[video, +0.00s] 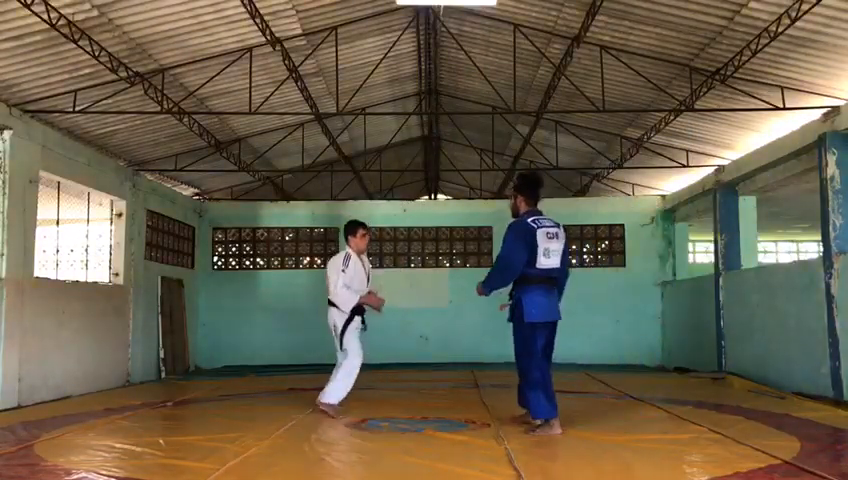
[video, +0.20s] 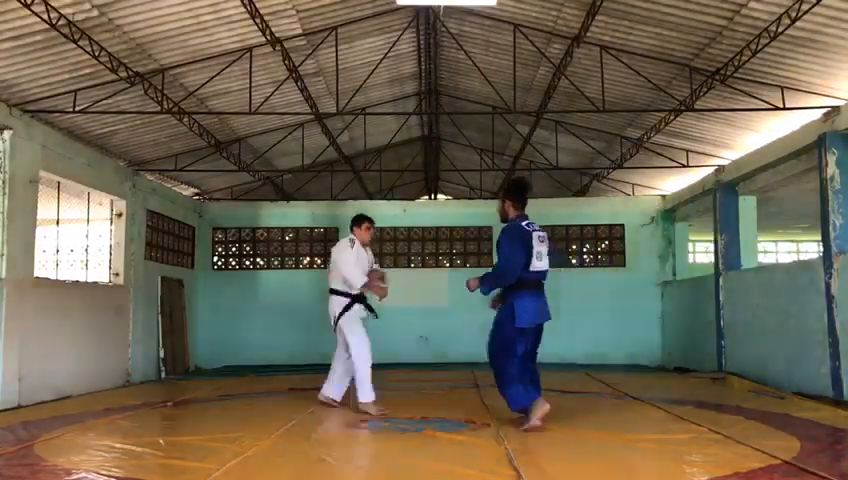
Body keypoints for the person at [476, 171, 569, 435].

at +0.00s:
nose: (512, 202)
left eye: (513, 197)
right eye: (513, 197)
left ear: (520, 199)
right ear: (536, 199)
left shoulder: (519, 227)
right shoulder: (556, 228)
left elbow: (510, 264)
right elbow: (562, 269)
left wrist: (486, 285)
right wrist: (553, 297)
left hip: (528, 300)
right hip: (550, 299)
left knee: (529, 360)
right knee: (542, 358)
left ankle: (549, 420)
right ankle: (537, 411)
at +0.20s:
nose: (499, 206)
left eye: (501, 202)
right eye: (500, 202)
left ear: (508, 203)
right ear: (522, 204)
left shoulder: (511, 232)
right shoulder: (536, 231)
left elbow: (508, 270)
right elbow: (533, 274)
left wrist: (480, 282)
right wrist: (505, 295)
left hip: (517, 305)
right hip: (536, 304)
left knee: (500, 354)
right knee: (526, 356)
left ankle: (533, 402)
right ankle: (529, 410)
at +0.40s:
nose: (487, 206)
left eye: (488, 201)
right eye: (488, 201)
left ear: (496, 203)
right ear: (507, 203)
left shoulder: (506, 229)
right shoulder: (518, 227)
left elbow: (505, 268)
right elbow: (498, 262)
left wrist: (477, 281)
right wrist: (468, 264)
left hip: (507, 301)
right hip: (522, 298)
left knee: (491, 354)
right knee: (519, 355)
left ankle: (497, 414)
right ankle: (530, 411)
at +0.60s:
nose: (474, 212)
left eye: (475, 207)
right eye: (474, 207)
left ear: (483, 208)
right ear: (493, 207)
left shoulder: (495, 232)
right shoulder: (501, 230)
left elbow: (494, 270)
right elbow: (480, 260)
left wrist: (467, 285)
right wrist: (451, 257)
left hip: (499, 301)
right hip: (506, 300)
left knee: (489, 355)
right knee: (495, 353)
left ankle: (494, 416)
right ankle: (518, 395)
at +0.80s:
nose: (462, 212)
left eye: (464, 208)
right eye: (463, 208)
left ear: (471, 209)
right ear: (481, 207)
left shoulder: (490, 233)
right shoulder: (481, 233)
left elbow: (489, 270)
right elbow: (467, 258)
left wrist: (459, 282)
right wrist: (438, 253)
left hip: (496, 299)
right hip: (486, 298)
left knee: (491, 353)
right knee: (477, 349)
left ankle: (495, 414)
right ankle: (484, 403)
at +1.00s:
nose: (453, 218)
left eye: (454, 213)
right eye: (454, 214)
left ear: (461, 214)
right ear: (470, 213)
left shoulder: (488, 240)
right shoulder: (465, 239)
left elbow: (485, 274)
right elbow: (442, 249)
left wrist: (454, 282)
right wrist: (413, 250)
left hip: (490, 302)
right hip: (476, 302)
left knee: (483, 354)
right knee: (471, 353)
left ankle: (492, 412)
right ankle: (478, 406)